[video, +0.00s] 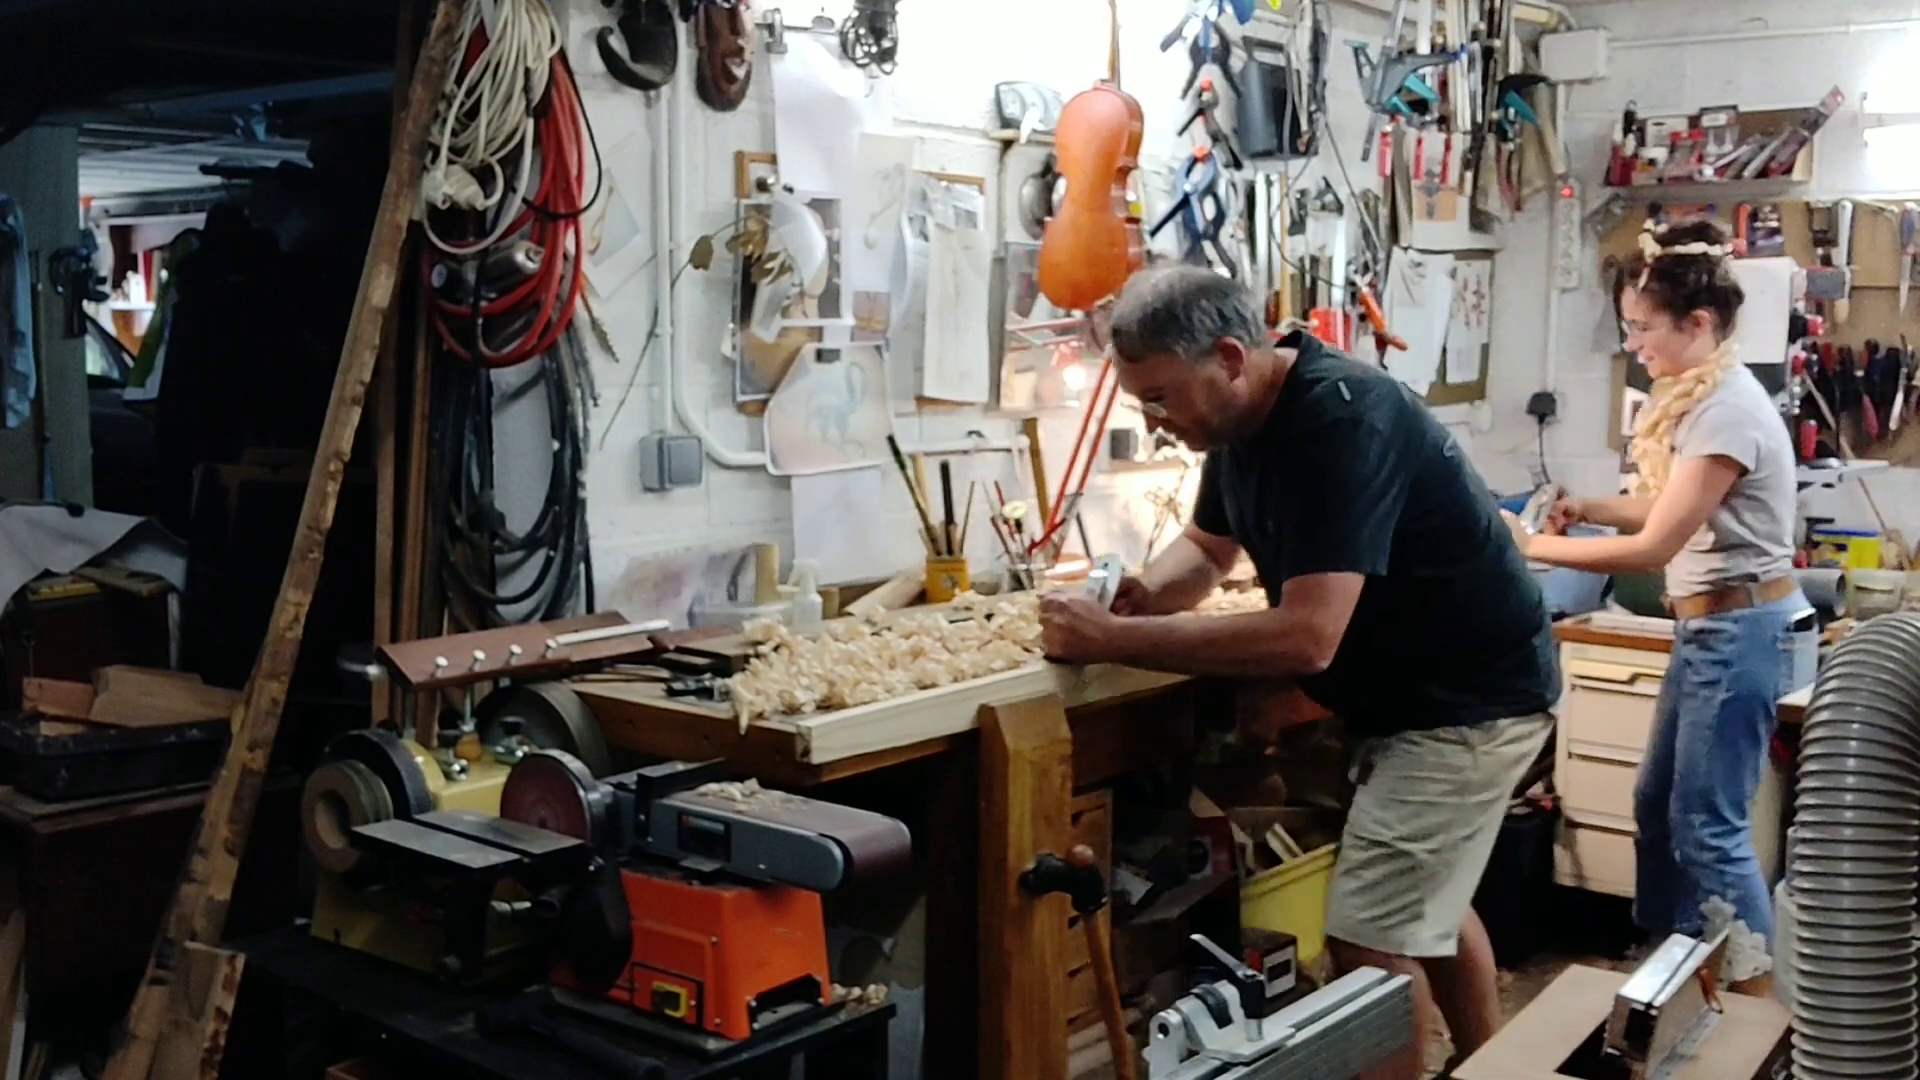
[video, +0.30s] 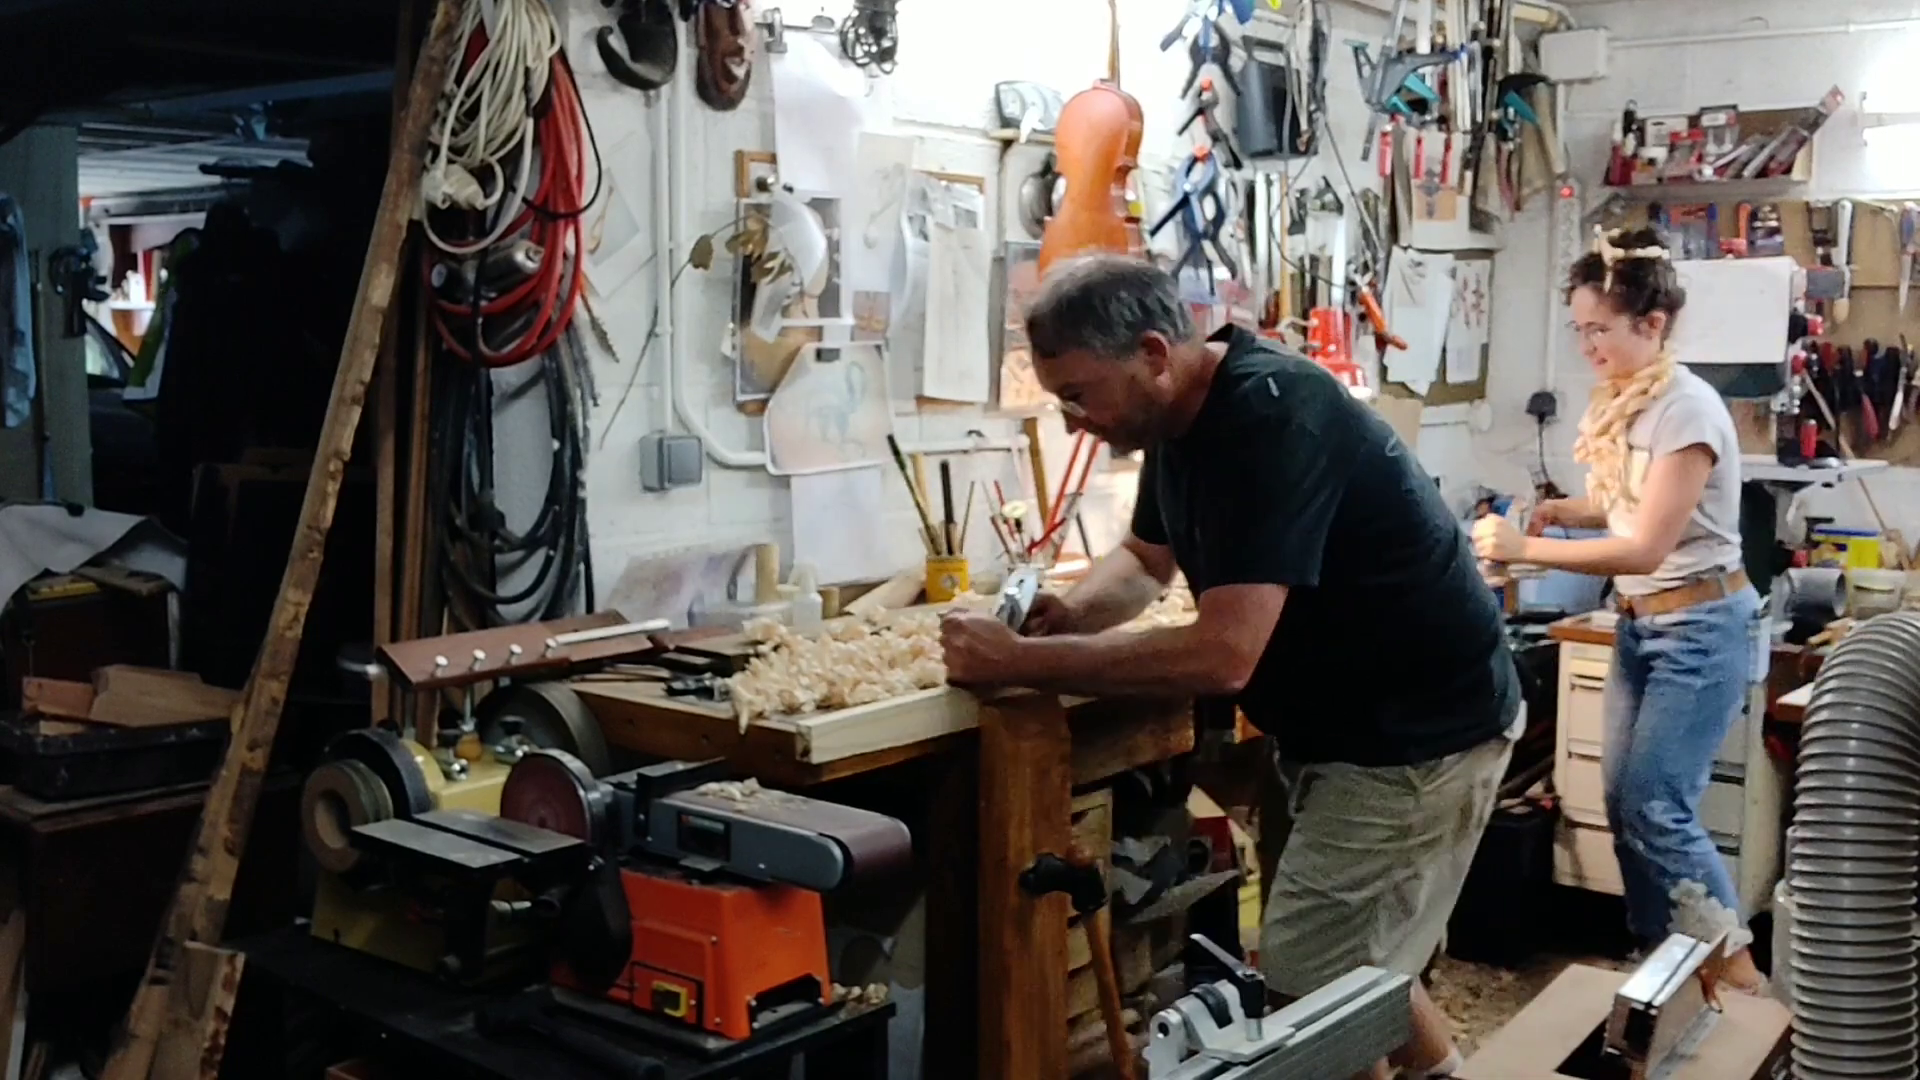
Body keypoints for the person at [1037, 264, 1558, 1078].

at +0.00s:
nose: (1154, 421)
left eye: (1160, 399)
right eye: (1143, 403)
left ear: (1229, 358)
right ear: (1225, 357)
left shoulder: (1345, 417)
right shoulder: (1244, 420)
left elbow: (1308, 636)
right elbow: (1207, 547)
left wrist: (1116, 638)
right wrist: (1146, 598)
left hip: (1475, 698)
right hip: (1400, 695)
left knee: (1367, 940)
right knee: (1434, 902)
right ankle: (1485, 1062)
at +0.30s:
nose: (1073, 420)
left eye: (1080, 394)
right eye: (1062, 401)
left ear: (1153, 353)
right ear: (1152, 354)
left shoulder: (1272, 413)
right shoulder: (1180, 415)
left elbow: (1225, 655)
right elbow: (1145, 558)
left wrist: (1020, 661)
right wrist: (1073, 613)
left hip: (1415, 730)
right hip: (1329, 726)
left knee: (1305, 975)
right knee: (1351, 952)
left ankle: (1422, 1063)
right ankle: (1437, 1065)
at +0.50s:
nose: (1021, 425)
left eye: (1026, 397)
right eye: (1010, 405)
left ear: (1101, 354)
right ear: (1102, 353)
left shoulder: (1230, 411)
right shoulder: (1137, 408)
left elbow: (1185, 663)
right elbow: (1115, 553)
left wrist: (975, 669)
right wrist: (1037, 616)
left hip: (1383, 752)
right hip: (1283, 741)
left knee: (1326, 1033)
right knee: (1242, 1009)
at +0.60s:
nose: (1000, 422)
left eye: (1006, 396)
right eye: (990, 403)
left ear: (1082, 350)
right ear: (1084, 351)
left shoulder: (1211, 414)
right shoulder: (1116, 414)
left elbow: (1161, 664)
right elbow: (1081, 566)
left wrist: (949, 675)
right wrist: (1007, 621)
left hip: (1361, 753)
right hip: (1267, 741)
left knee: (1291, 1037)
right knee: (1234, 1019)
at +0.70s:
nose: (984, 430)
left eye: (988, 403)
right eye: (972, 410)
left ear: (1063, 355)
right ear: (1064, 355)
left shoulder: (1194, 417)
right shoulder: (1097, 419)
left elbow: (1138, 668)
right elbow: (1065, 568)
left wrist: (922, 683)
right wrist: (987, 633)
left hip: (1349, 743)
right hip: (1250, 736)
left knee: (1261, 1024)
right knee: (1220, 1003)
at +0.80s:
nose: (964, 426)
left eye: (969, 399)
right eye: (952, 405)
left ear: (1047, 352)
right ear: (1047, 351)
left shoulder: (1178, 417)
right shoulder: (1084, 416)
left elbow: (1116, 674)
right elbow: (1048, 569)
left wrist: (893, 687)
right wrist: (969, 630)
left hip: (1331, 745)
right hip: (1234, 738)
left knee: (1246, 1020)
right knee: (1212, 1002)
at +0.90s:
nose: (946, 419)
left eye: (952, 391)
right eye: (936, 397)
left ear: (1029, 346)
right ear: (1031, 346)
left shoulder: (1156, 413)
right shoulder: (1080, 410)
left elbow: (1087, 678)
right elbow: (1046, 579)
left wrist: (865, 693)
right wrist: (946, 638)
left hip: (1312, 763)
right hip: (1237, 753)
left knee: (1226, 1042)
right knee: (1211, 1029)